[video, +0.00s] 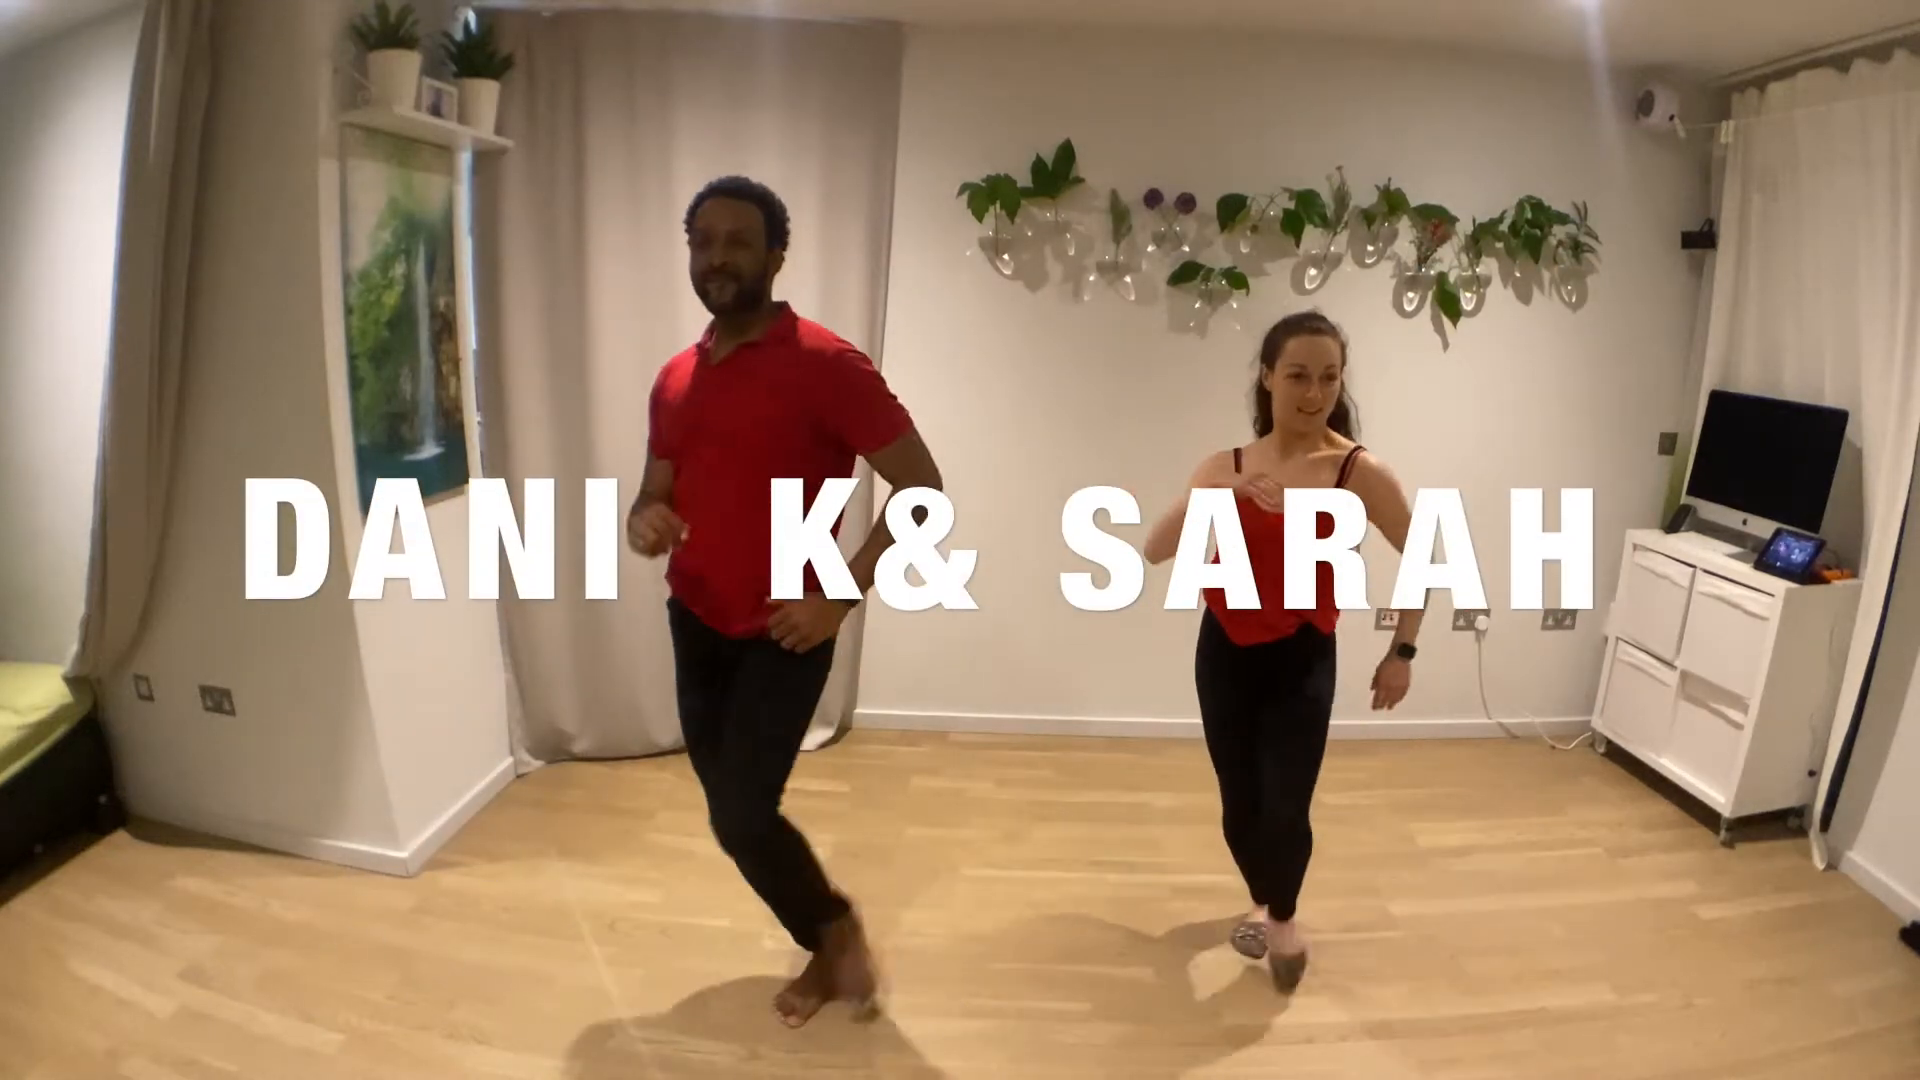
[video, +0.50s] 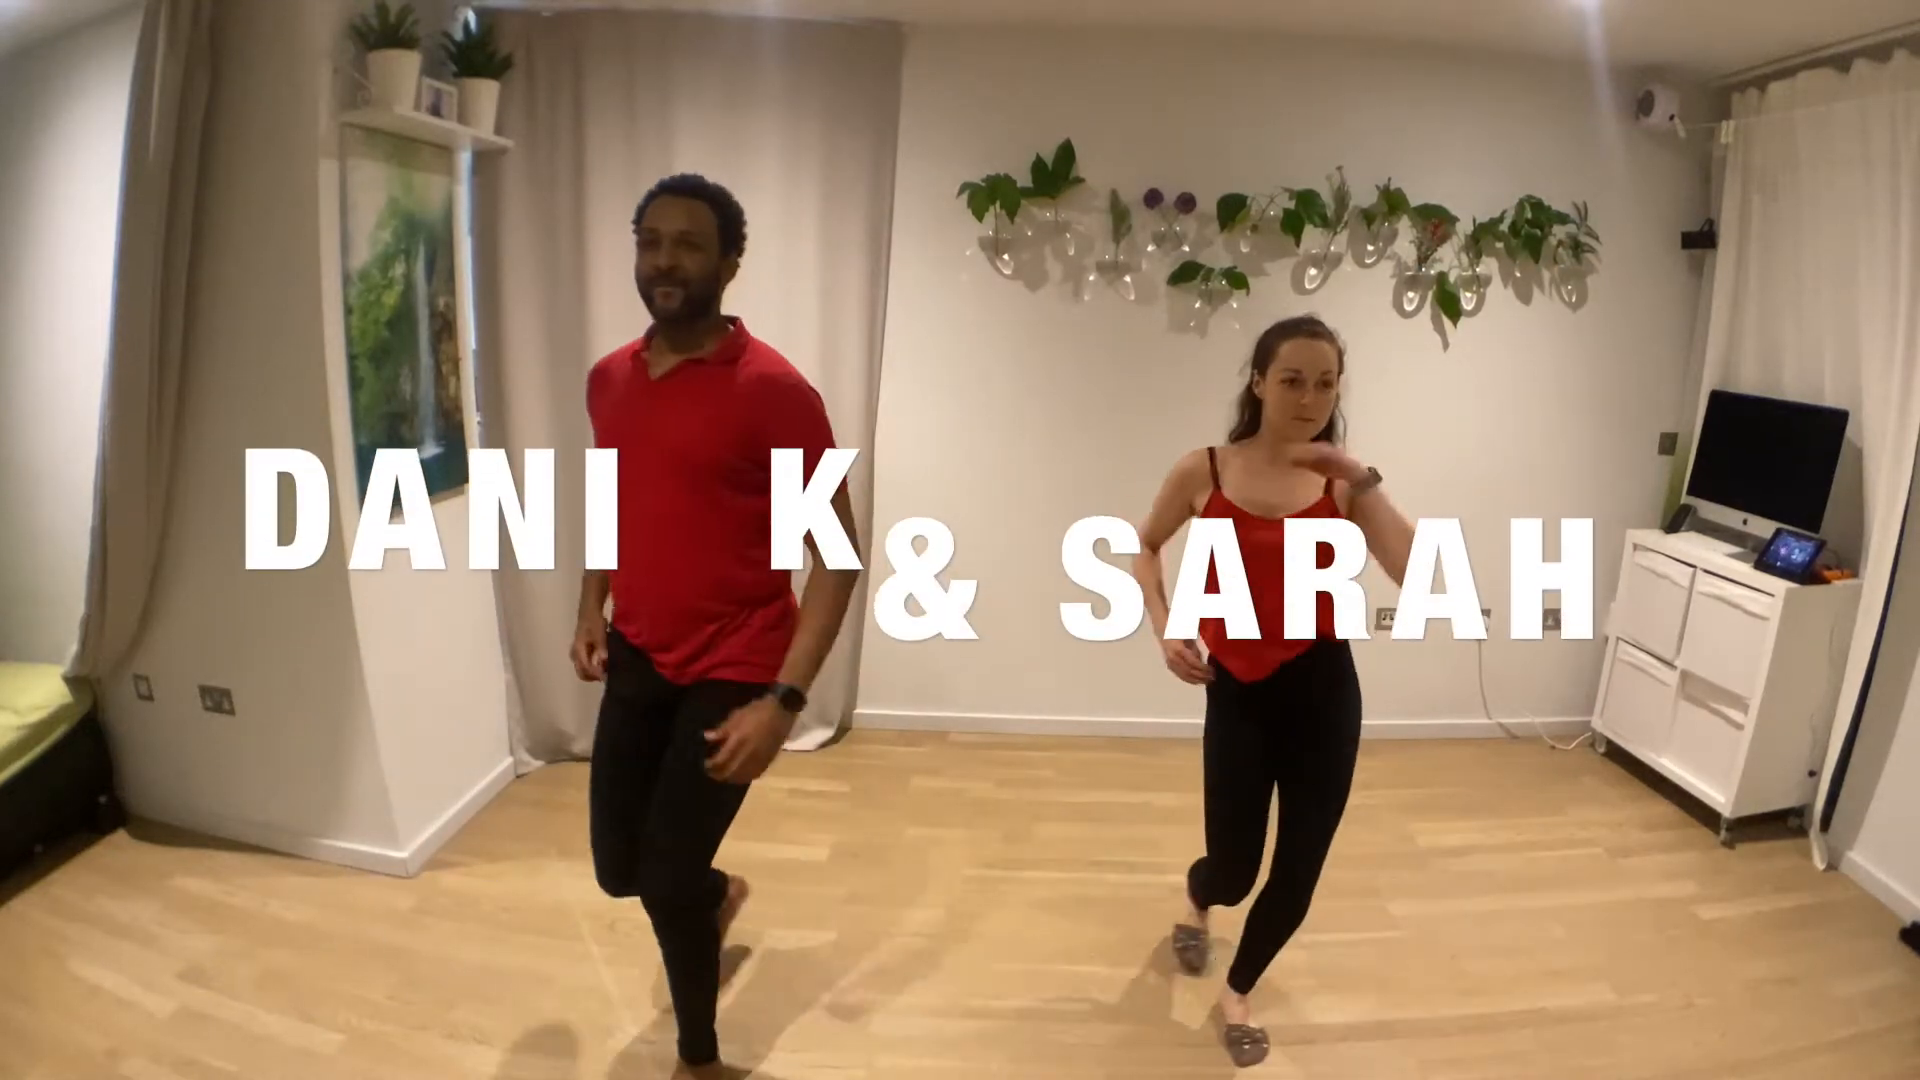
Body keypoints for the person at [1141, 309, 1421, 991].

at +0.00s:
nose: (1312, 389)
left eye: (1326, 376)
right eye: (1297, 374)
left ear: (1340, 384)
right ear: (1267, 377)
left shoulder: (1359, 472)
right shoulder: (1223, 469)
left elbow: (1423, 557)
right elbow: (1154, 549)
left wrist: (1402, 651)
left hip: (1302, 655)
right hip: (1225, 651)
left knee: (1285, 802)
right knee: (1239, 800)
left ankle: (1283, 926)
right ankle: (1265, 909)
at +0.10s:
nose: (1313, 391)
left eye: (1328, 378)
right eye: (1298, 375)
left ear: (1341, 386)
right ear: (1265, 380)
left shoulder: (1363, 472)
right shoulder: (1220, 477)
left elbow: (1439, 534)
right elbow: (1177, 574)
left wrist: (1418, 623)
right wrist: (1218, 568)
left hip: (1305, 664)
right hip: (1227, 661)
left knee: (1286, 828)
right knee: (1240, 822)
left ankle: (1253, 970)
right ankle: (1266, 905)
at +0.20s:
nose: (1313, 394)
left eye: (1328, 381)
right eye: (1297, 379)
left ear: (1340, 390)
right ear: (1263, 383)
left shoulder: (1359, 465)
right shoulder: (1221, 480)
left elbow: (1443, 511)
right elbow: (1194, 588)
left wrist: (1419, 605)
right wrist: (1276, 575)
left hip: (1310, 675)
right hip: (1230, 675)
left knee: (1285, 857)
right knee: (1244, 836)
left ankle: (1236, 987)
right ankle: (1276, 904)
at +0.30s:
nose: (1314, 395)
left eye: (1328, 382)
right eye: (1297, 380)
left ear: (1341, 389)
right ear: (1262, 385)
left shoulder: (1356, 467)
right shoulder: (1213, 482)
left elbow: (1450, 511)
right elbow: (1188, 601)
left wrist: (1401, 581)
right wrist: (1240, 635)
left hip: (1317, 691)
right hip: (1235, 691)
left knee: (1289, 872)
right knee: (1244, 854)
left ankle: (1231, 994)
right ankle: (1281, 901)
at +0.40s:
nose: (1313, 395)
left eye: (1327, 381)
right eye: (1296, 379)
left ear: (1340, 390)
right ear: (1260, 382)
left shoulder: (1351, 470)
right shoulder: (1205, 479)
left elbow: (1435, 531)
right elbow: (1167, 581)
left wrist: (1389, 514)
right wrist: (1207, 646)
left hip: (1322, 691)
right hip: (1237, 692)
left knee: (1300, 873)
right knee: (1233, 871)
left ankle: (1232, 994)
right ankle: (1243, 897)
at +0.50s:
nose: (1310, 397)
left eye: (1325, 382)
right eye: (1294, 380)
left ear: (1339, 391)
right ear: (1259, 384)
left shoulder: (1347, 479)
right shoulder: (1202, 471)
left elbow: (1415, 572)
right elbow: (1146, 546)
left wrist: (1366, 489)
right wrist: (1164, 631)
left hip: (1323, 692)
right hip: (1237, 694)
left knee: (1298, 874)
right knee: (1234, 877)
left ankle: (1237, 995)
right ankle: (1194, 899)